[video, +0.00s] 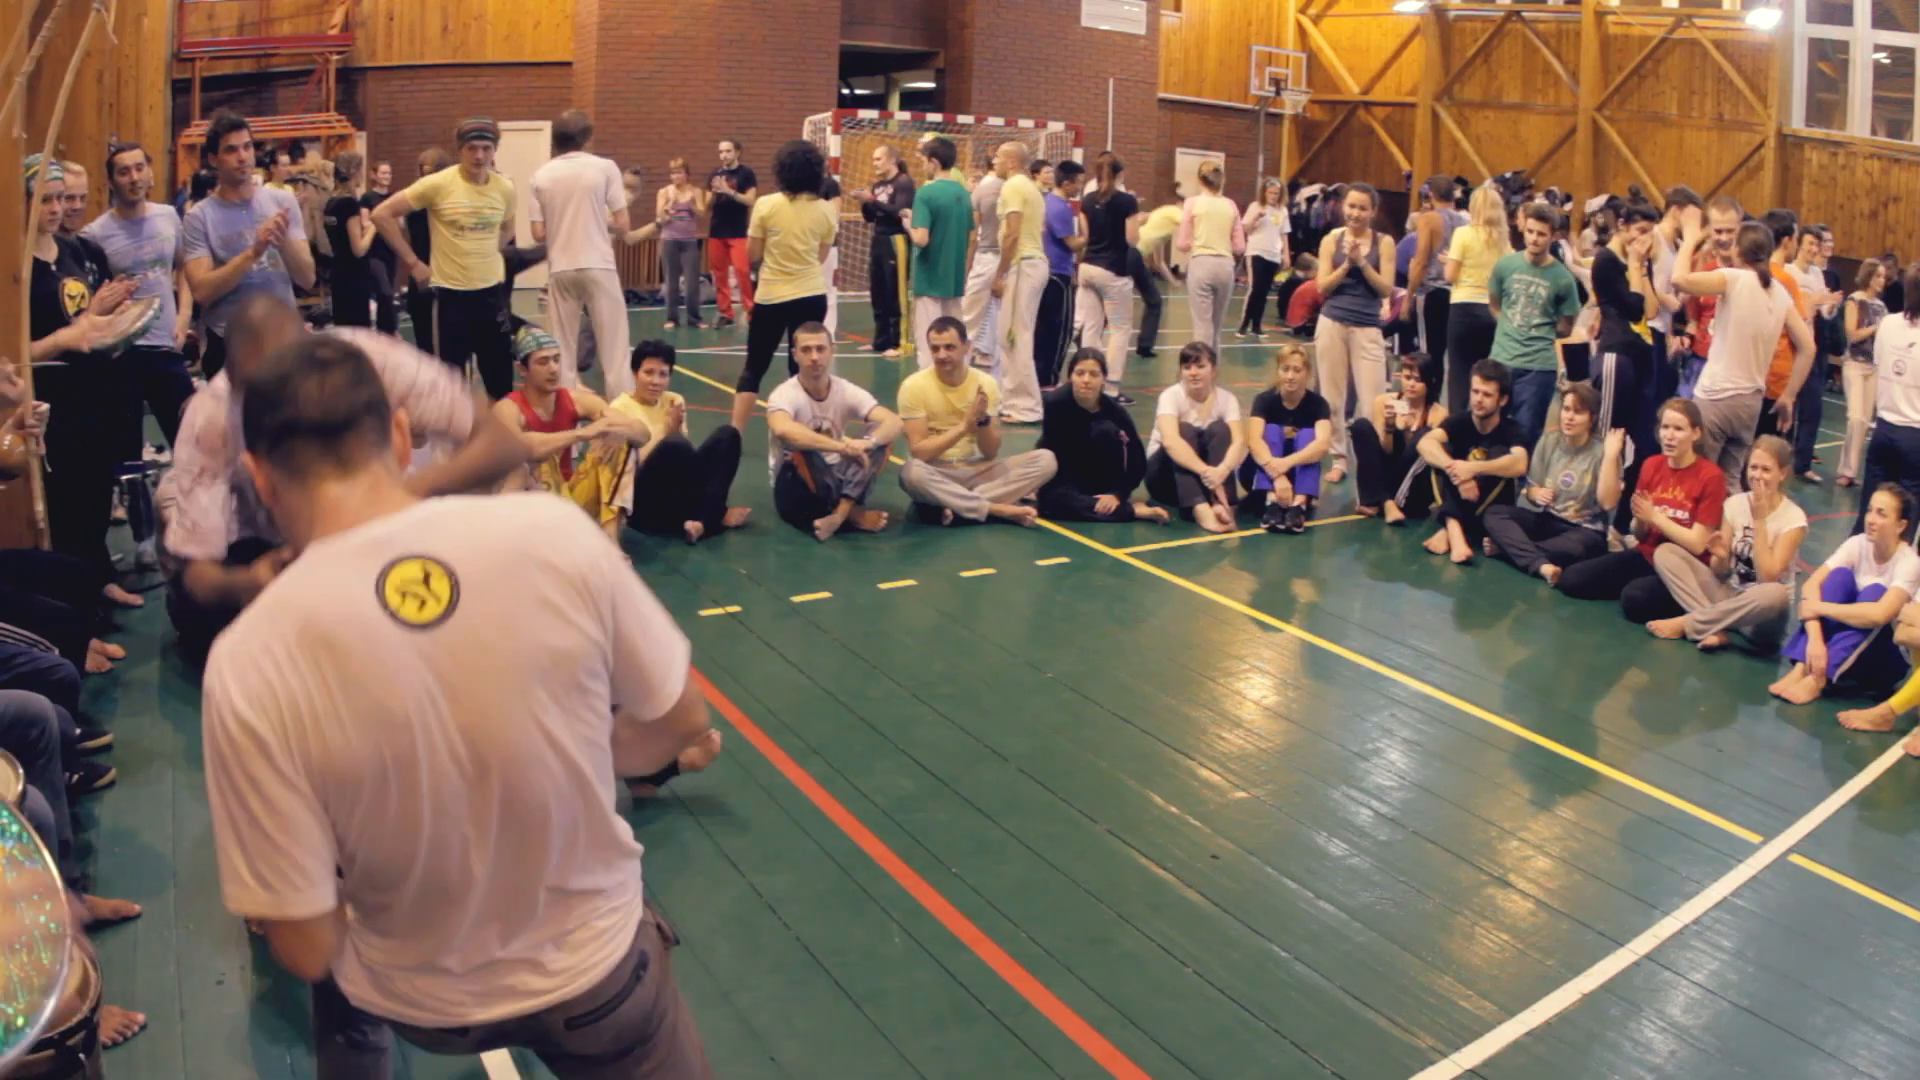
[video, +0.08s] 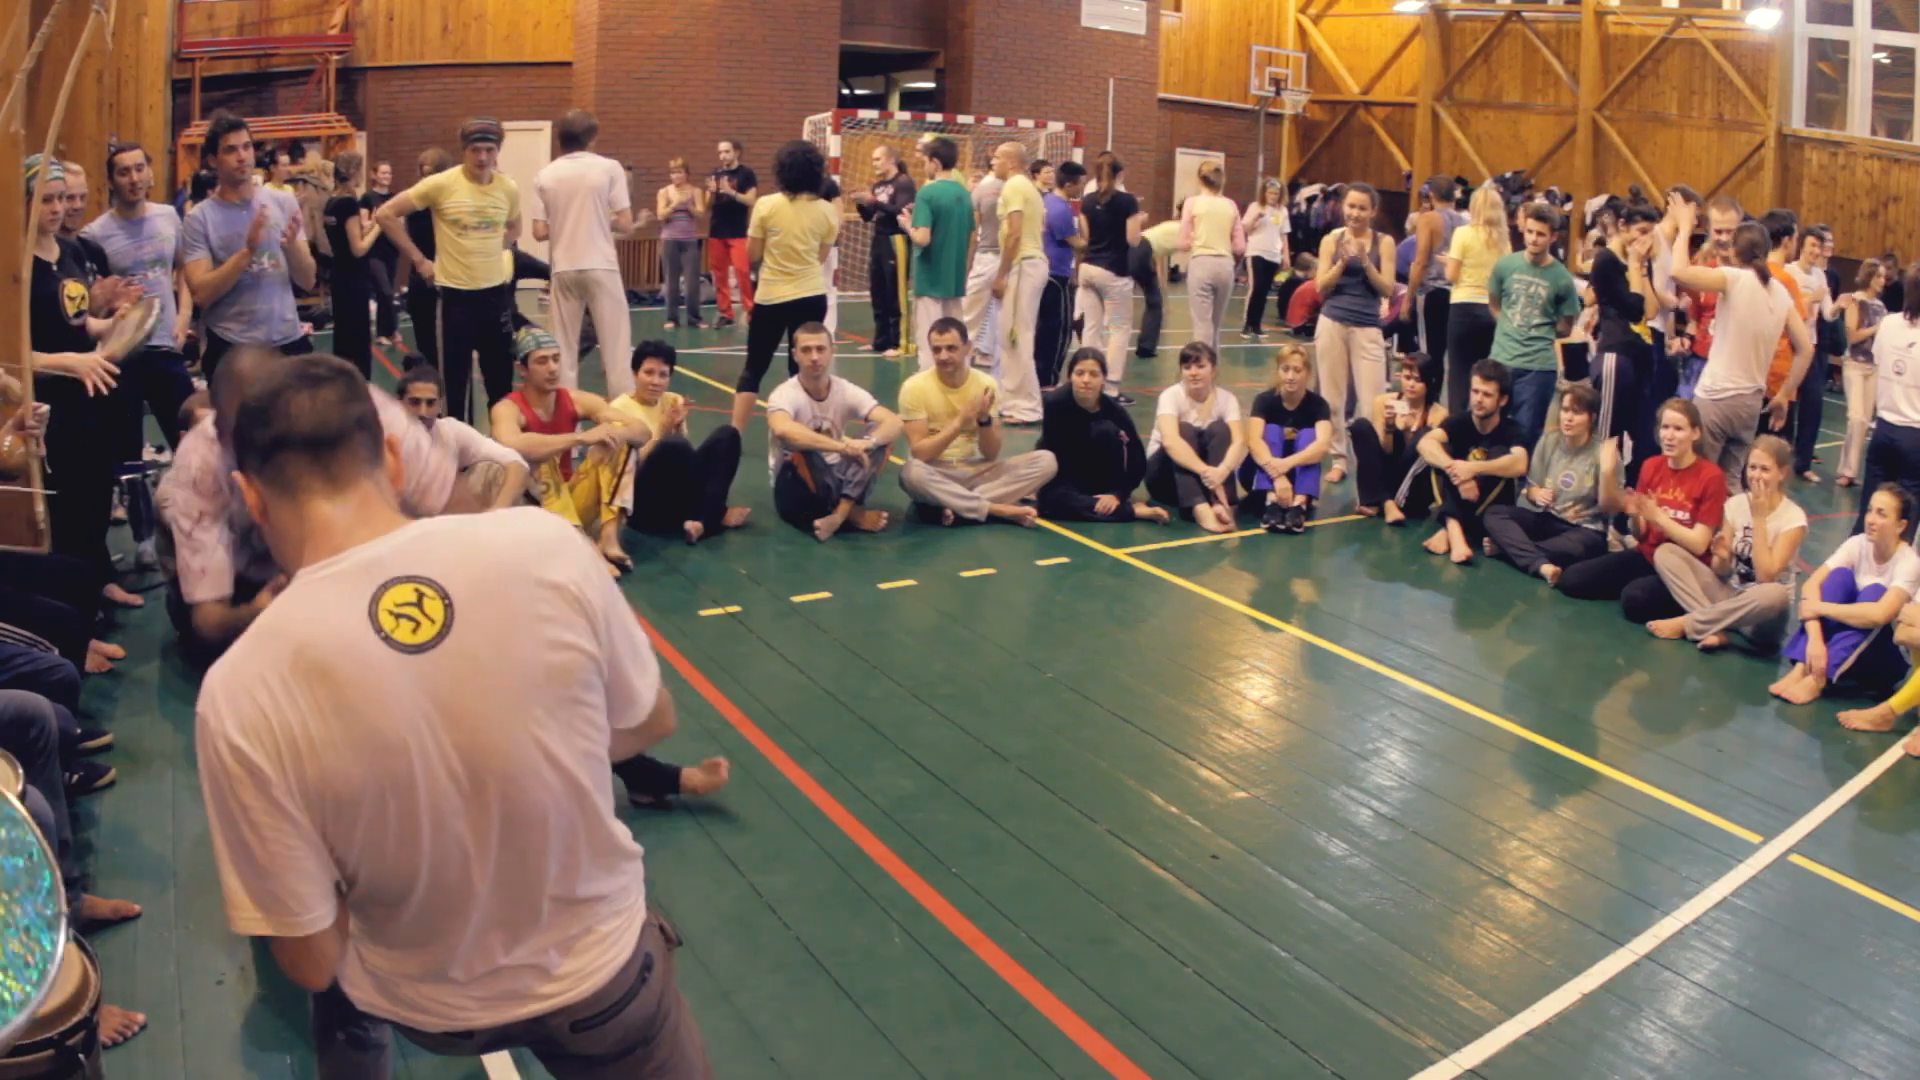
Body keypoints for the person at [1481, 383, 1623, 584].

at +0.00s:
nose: (1569, 417)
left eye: (1578, 412)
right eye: (1566, 409)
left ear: (1592, 417)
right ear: (1560, 411)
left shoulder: (1603, 451)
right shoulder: (1548, 440)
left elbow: (1608, 504)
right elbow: (1530, 488)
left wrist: (1611, 454)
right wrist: (1536, 493)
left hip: (1578, 528)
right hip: (1541, 518)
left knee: (1576, 548)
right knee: (1494, 514)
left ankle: (1508, 549)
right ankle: (1539, 566)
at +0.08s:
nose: (1568, 418)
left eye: (1576, 412)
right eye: (1565, 410)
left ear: (1591, 417)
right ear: (1559, 412)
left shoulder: (1605, 454)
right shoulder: (1548, 440)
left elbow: (1608, 508)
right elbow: (1530, 487)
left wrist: (1608, 467)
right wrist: (1536, 493)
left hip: (1580, 529)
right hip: (1542, 518)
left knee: (1575, 549)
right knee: (1494, 514)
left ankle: (1509, 549)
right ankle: (1539, 565)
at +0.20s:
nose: (1568, 420)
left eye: (1576, 415)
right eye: (1564, 412)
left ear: (1591, 419)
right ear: (1559, 413)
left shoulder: (1608, 456)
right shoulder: (1548, 442)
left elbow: (1615, 511)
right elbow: (1530, 489)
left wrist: (1597, 490)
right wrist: (1534, 494)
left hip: (1582, 529)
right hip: (1544, 518)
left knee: (1574, 549)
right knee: (1494, 514)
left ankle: (1509, 549)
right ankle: (1539, 566)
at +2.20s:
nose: (1570, 419)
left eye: (1578, 413)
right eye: (1566, 412)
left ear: (1593, 418)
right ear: (1560, 414)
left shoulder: (1607, 453)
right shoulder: (1549, 442)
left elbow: (1616, 505)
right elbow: (1534, 497)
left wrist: (1588, 501)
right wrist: (1538, 488)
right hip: (1551, 518)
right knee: (1511, 531)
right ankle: (1537, 566)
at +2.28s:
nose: (1570, 419)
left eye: (1578, 412)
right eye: (1565, 411)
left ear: (1593, 417)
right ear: (1559, 414)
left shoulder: (1608, 454)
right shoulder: (1550, 443)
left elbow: (1611, 505)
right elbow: (1534, 490)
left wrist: (1573, 498)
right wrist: (1552, 491)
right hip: (1551, 519)